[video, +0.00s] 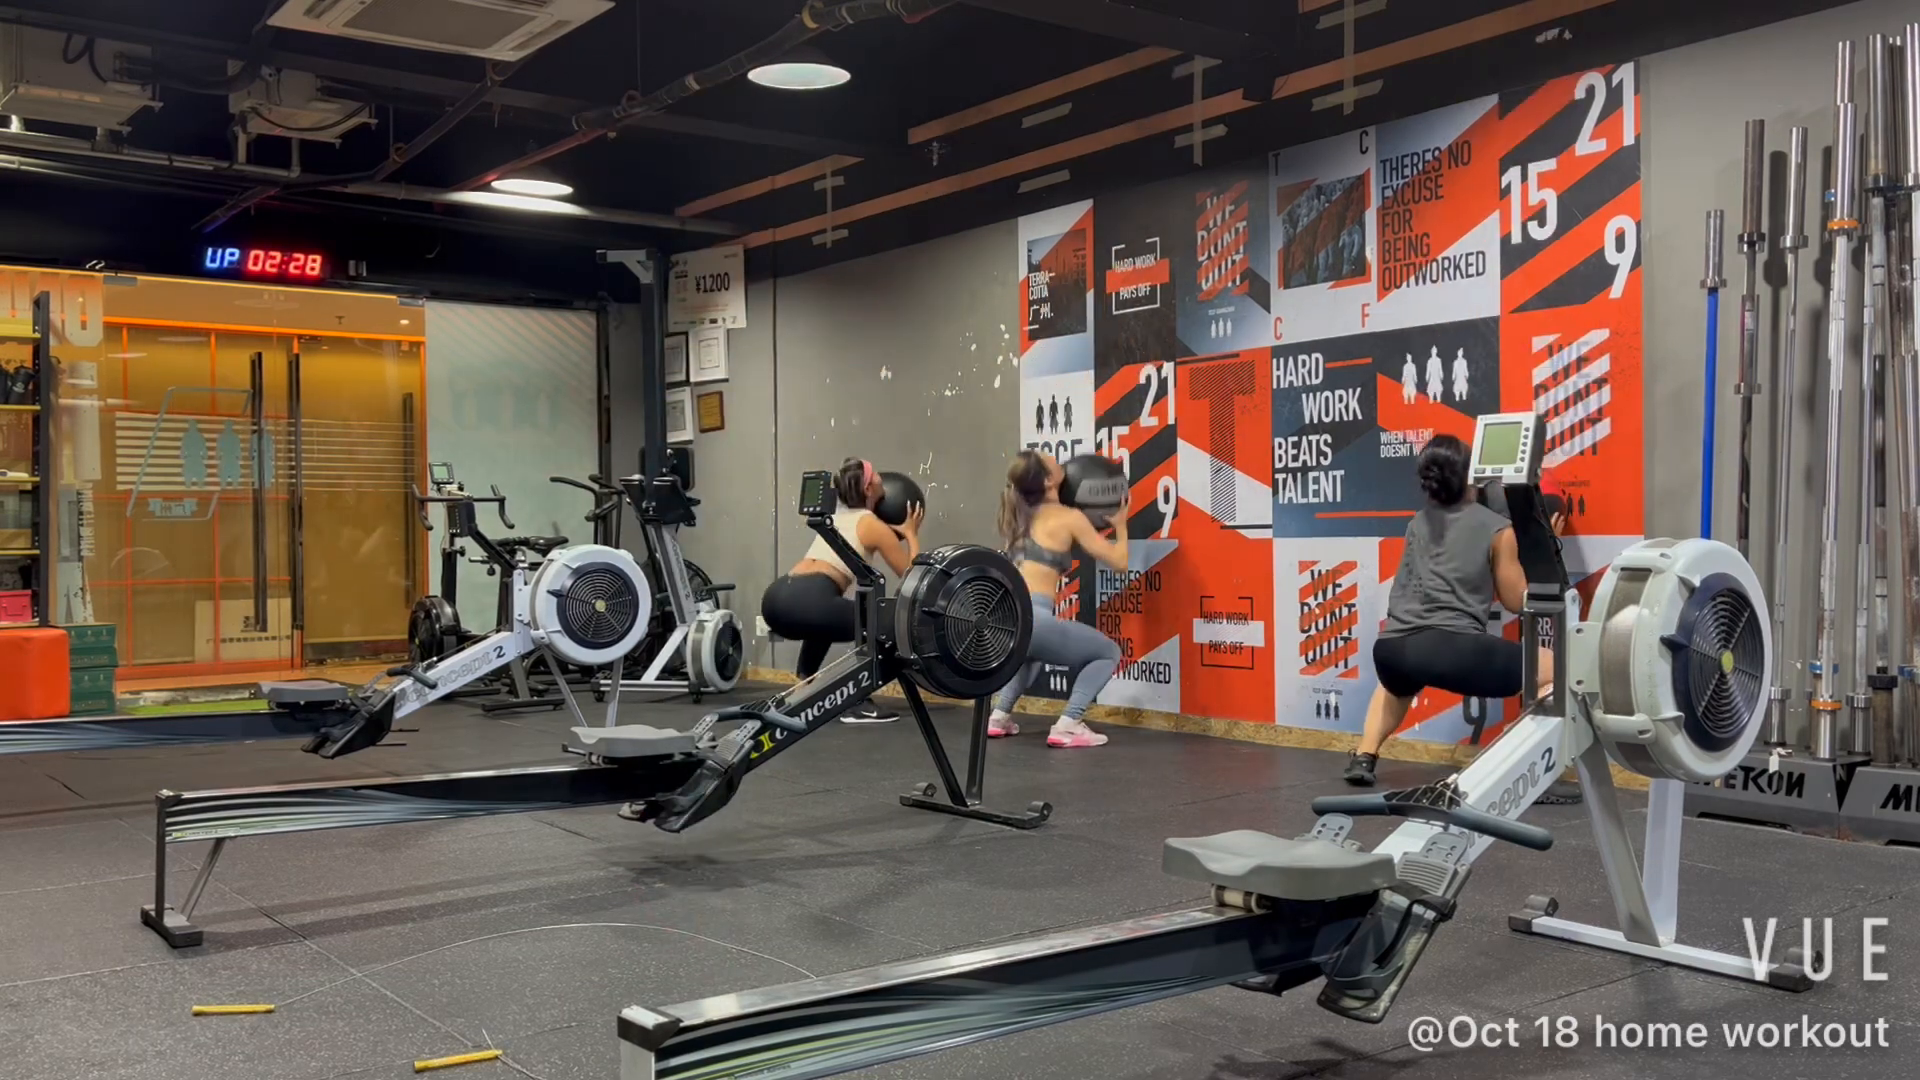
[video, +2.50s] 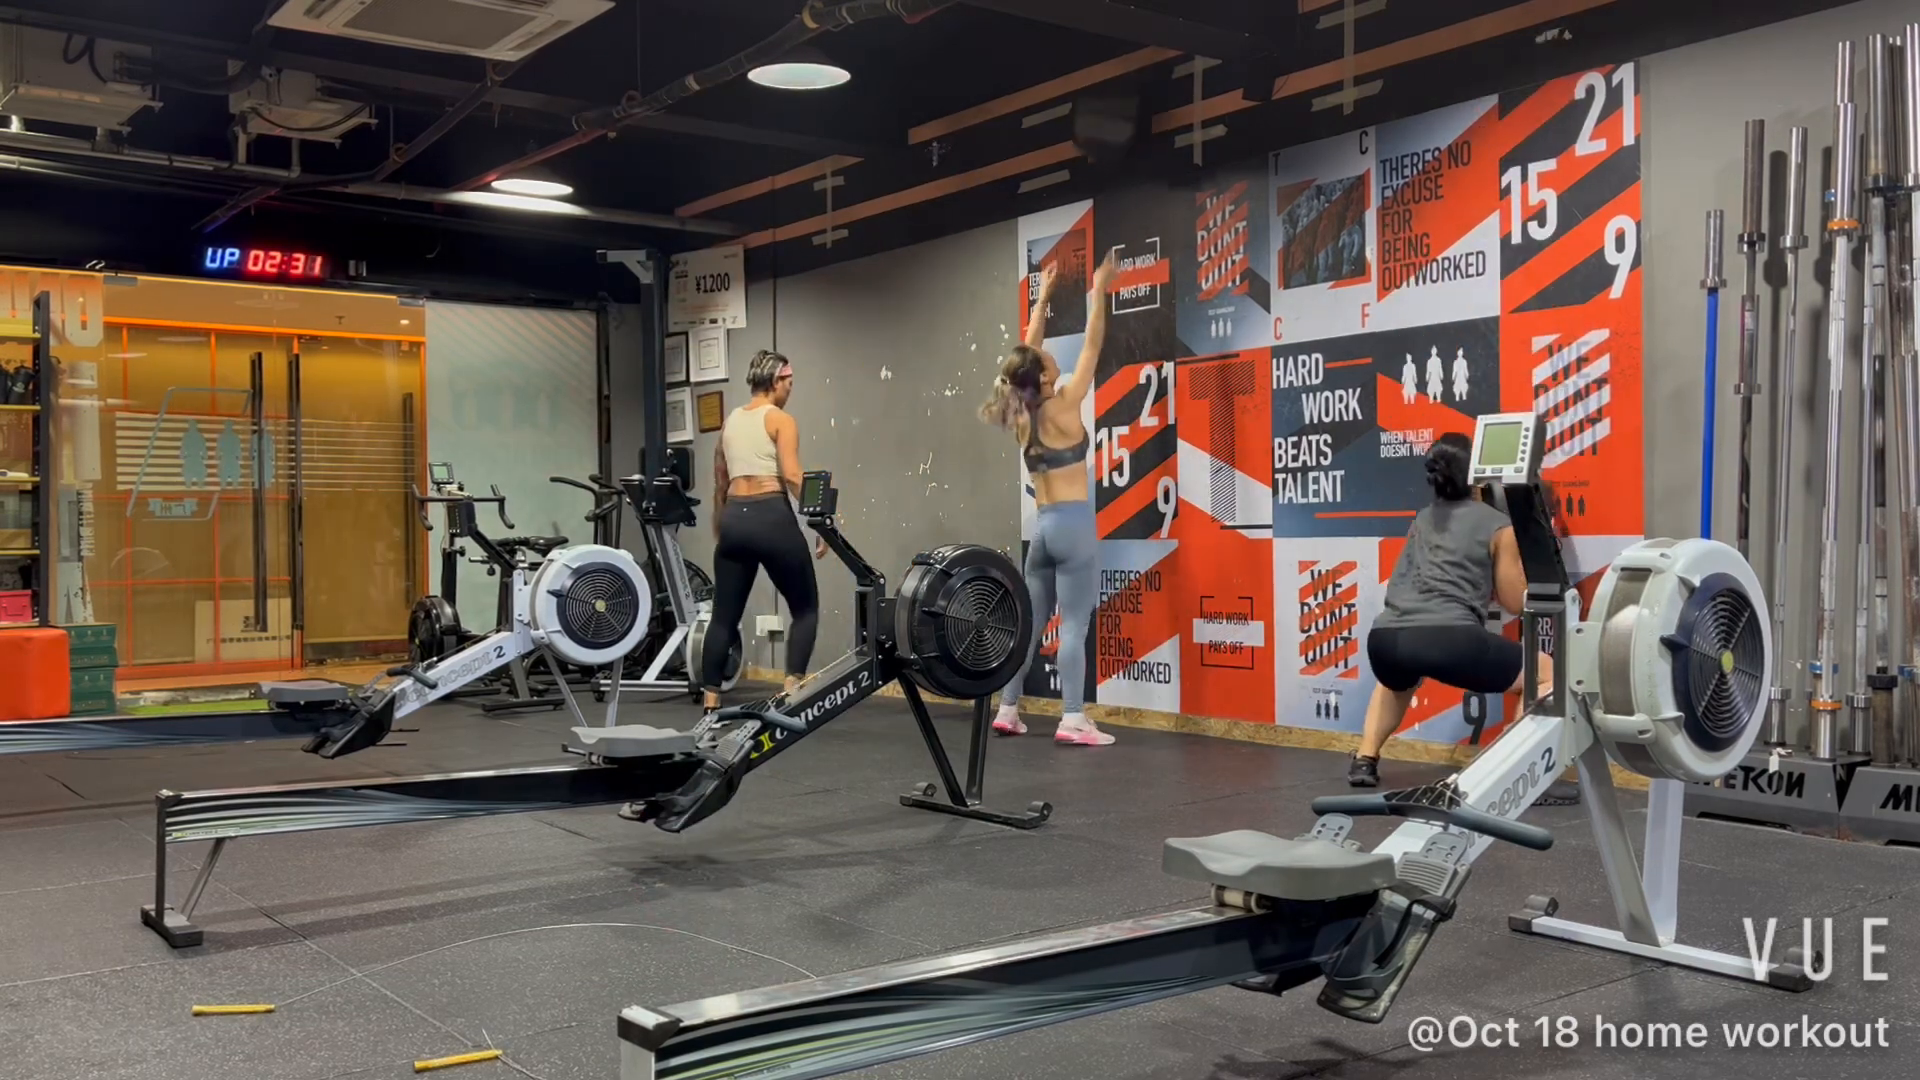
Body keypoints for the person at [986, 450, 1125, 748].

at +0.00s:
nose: (1057, 461)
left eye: (1051, 459)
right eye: (1053, 463)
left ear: (1025, 486)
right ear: (1048, 483)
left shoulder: (1023, 513)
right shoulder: (1069, 517)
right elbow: (1119, 561)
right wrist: (1120, 524)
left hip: (1001, 616)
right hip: (1034, 622)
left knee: (1037, 648)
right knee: (1109, 652)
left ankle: (999, 716)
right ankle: (1069, 724)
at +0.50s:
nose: (1050, 346)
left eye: (1044, 344)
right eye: (1045, 345)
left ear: (1022, 367)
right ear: (1042, 362)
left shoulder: (1020, 395)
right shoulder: (1067, 387)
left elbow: (1037, 336)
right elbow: (1095, 328)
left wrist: (1051, 289)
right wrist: (1099, 273)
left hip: (1032, 509)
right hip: (1067, 509)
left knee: (1025, 607)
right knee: (1075, 611)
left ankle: (1007, 691)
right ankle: (1078, 704)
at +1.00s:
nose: (1044, 375)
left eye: (1038, 370)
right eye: (1038, 372)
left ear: (1013, 389)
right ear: (1029, 383)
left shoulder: (1009, 422)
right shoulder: (1055, 414)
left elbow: (1042, 416)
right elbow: (1119, 403)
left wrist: (1063, 386)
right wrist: (1151, 360)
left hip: (1029, 529)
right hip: (1061, 527)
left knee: (1019, 623)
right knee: (1069, 628)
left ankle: (998, 713)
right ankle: (1068, 722)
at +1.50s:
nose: (1059, 456)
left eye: (1053, 453)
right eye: (1053, 457)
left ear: (1026, 477)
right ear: (1047, 474)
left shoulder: (1019, 508)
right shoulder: (1069, 512)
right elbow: (1118, 555)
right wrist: (1123, 520)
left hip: (1006, 612)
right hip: (1040, 619)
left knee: (1027, 644)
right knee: (1118, 651)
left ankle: (999, 714)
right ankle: (1073, 724)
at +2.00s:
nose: (1057, 425)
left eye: (1050, 423)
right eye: (1051, 428)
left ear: (1030, 456)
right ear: (1050, 451)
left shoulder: (1025, 484)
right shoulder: (1073, 485)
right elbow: (1124, 527)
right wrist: (1125, 492)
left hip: (1007, 583)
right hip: (1040, 588)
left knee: (1038, 647)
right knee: (1109, 647)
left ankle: (1001, 715)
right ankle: (1072, 723)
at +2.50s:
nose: (1057, 364)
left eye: (1050, 362)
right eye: (1052, 361)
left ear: (1024, 378)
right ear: (1046, 374)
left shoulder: (1022, 412)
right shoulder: (1068, 402)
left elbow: (1028, 354)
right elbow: (1093, 344)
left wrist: (1041, 300)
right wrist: (1101, 292)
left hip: (1042, 522)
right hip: (1074, 522)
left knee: (1027, 622)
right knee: (1074, 624)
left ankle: (1008, 709)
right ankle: (1072, 718)